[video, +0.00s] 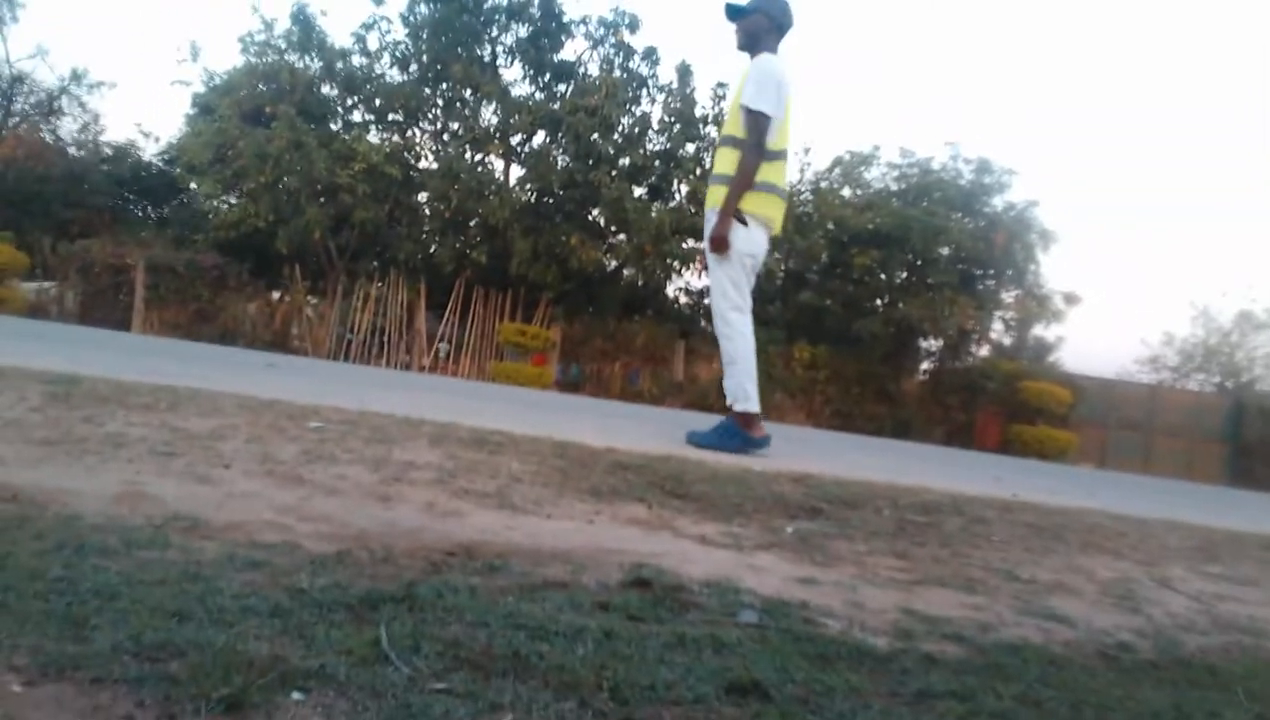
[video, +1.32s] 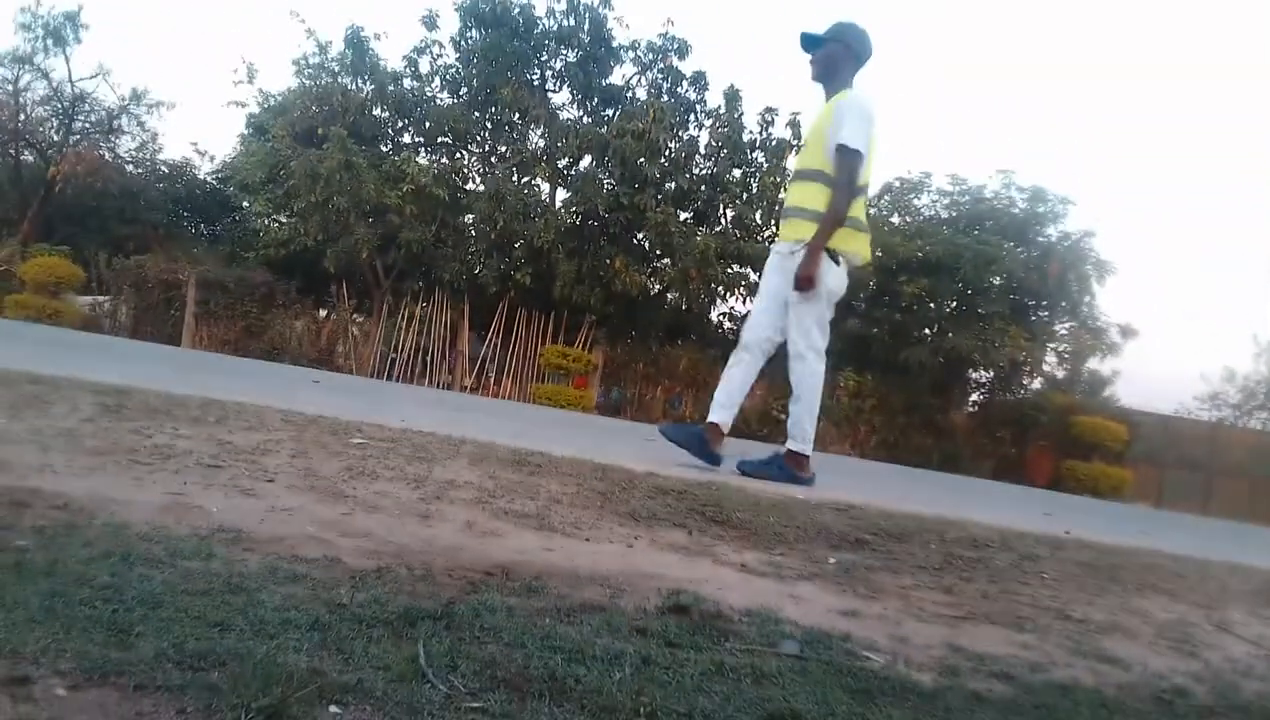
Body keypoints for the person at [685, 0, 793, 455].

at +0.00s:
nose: (736, 26)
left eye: (743, 18)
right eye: (737, 19)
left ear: (767, 23)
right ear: (767, 26)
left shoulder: (765, 69)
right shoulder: (761, 72)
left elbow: (755, 148)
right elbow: (743, 154)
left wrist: (725, 217)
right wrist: (715, 231)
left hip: (740, 220)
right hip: (738, 220)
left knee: (732, 316)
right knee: (731, 316)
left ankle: (746, 419)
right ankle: (742, 416)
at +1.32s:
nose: (813, 56)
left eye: (823, 48)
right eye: (815, 48)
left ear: (847, 56)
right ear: (836, 57)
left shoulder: (853, 106)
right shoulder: (828, 111)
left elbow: (847, 184)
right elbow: (818, 187)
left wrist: (815, 251)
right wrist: (790, 243)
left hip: (818, 254)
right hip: (788, 249)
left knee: (806, 354)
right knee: (754, 340)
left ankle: (798, 459)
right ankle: (712, 434)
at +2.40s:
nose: (797, 31)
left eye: (808, 21)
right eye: (798, 24)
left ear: (836, 30)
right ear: (812, 37)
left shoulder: (862, 85)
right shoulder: (793, 103)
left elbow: (858, 165)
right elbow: (779, 174)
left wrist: (824, 233)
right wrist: (775, 226)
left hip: (829, 233)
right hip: (781, 229)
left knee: (808, 334)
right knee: (759, 318)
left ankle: (799, 451)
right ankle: (764, 439)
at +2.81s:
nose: (781, 59)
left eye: (793, 51)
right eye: (783, 52)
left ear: (821, 61)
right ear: (790, 64)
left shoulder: (853, 120)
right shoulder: (768, 137)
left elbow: (859, 200)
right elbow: (754, 215)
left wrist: (841, 269)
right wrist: (737, 277)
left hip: (817, 274)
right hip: (764, 274)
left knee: (795, 371)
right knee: (765, 385)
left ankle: (808, 484)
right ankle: (764, 503)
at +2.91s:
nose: (781, 70)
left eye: (793, 62)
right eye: (782, 62)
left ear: (822, 71)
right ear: (793, 74)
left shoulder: (854, 131)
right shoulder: (767, 146)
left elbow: (863, 210)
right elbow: (753, 226)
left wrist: (844, 278)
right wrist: (734, 284)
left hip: (817, 284)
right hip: (764, 287)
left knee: (790, 377)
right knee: (765, 400)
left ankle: (806, 507)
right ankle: (765, 520)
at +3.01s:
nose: (778, 77)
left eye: (790, 68)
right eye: (780, 69)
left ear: (820, 78)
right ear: (793, 80)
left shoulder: (854, 138)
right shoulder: (766, 152)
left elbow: (863, 218)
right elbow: (752, 229)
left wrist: (835, 279)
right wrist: (736, 280)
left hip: (818, 293)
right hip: (765, 296)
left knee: (793, 381)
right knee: (770, 406)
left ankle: (790, 522)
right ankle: (767, 525)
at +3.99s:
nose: (779, 1)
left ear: (826, 4)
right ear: (788, 11)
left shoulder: (848, 66)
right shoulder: (762, 81)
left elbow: (834, 168)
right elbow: (740, 180)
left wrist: (743, 146)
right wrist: (717, 145)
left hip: (796, 247)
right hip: (735, 245)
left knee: (783, 384)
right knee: (707, 363)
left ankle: (759, 521)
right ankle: (668, 495)